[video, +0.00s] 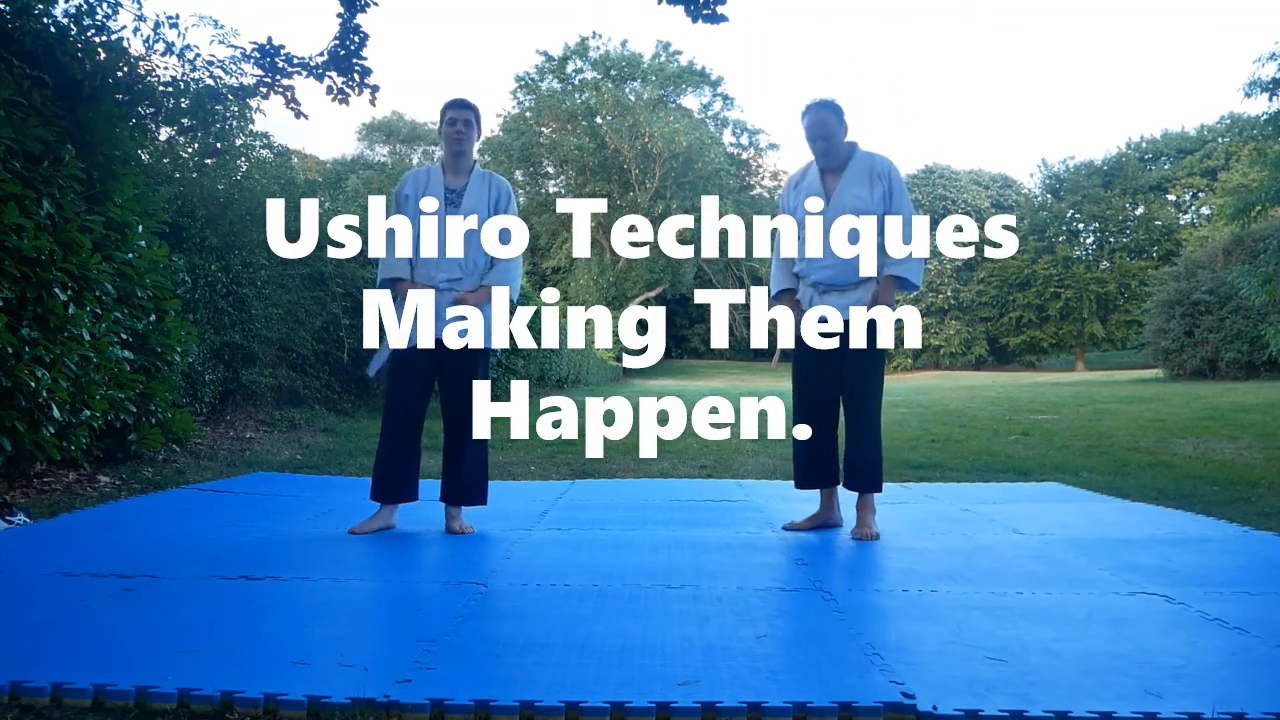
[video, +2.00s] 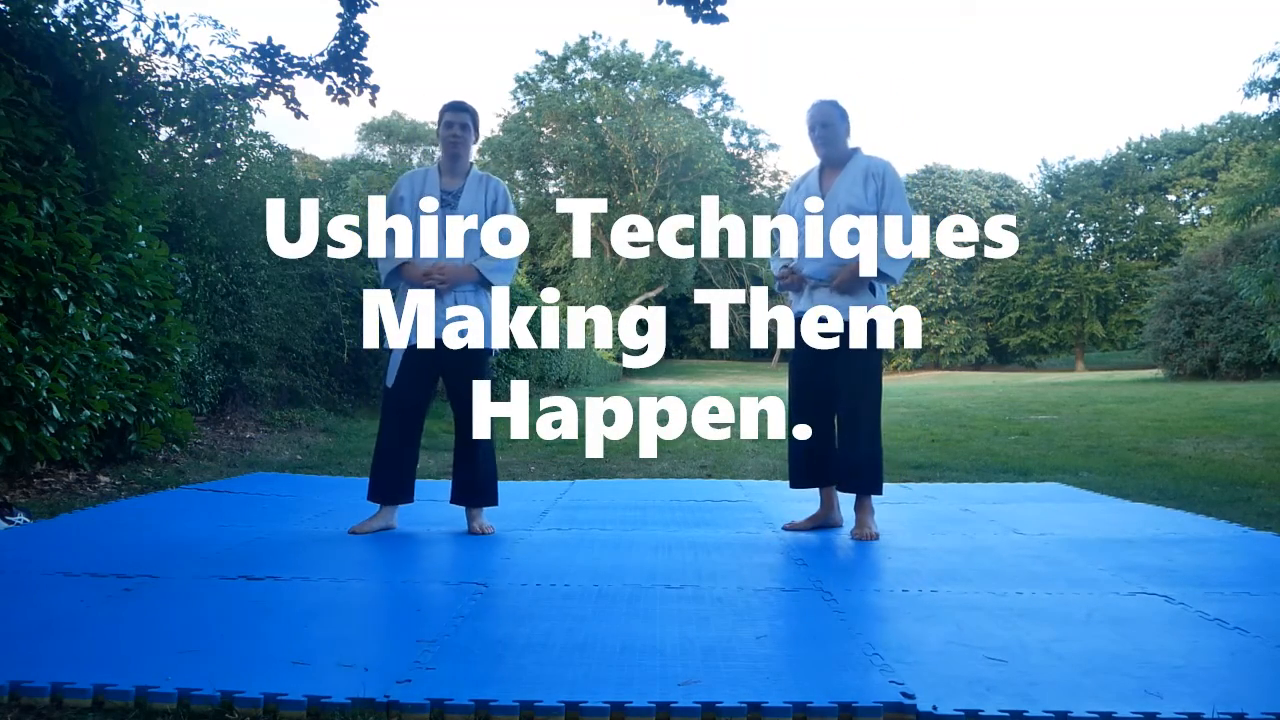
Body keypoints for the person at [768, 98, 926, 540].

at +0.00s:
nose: (817, 145)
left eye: (824, 136)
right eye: (811, 138)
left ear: (845, 130)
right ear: (804, 137)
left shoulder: (879, 170)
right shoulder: (795, 185)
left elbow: (904, 237)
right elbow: (783, 251)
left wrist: (883, 298)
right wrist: (791, 303)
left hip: (865, 307)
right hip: (812, 309)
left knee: (862, 408)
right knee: (815, 407)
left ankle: (865, 509)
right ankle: (828, 507)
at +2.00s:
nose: (818, 134)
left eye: (826, 126)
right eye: (813, 128)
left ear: (847, 128)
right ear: (806, 135)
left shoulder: (877, 172)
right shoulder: (798, 188)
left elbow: (900, 236)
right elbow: (781, 244)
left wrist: (857, 268)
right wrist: (786, 273)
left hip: (860, 311)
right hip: (809, 310)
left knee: (859, 408)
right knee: (811, 408)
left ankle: (864, 510)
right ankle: (828, 507)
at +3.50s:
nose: (808, 138)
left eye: (815, 130)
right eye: (803, 132)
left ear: (839, 132)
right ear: (798, 138)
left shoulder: (868, 175)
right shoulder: (795, 193)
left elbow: (890, 240)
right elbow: (780, 256)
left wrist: (865, 293)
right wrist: (771, 301)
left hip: (850, 306)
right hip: (800, 309)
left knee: (847, 406)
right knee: (810, 408)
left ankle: (856, 502)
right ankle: (827, 506)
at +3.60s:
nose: (805, 138)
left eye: (813, 130)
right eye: (801, 132)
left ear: (836, 131)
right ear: (796, 138)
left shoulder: (867, 174)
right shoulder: (793, 191)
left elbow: (892, 233)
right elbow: (775, 254)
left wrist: (884, 289)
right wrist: (761, 299)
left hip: (849, 303)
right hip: (799, 306)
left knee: (839, 403)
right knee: (809, 405)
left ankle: (840, 506)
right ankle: (825, 505)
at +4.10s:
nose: (797, 134)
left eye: (805, 126)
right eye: (792, 128)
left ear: (827, 127)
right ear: (787, 133)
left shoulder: (856, 171)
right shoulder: (786, 184)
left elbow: (877, 234)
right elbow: (770, 247)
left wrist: (882, 296)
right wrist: (759, 307)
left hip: (831, 304)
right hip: (785, 305)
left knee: (811, 405)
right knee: (796, 406)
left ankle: (793, 508)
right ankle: (828, 505)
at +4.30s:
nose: (791, 131)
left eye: (800, 123)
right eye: (786, 124)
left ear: (824, 124)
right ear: (781, 130)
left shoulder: (847, 170)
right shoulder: (781, 181)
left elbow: (863, 235)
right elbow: (765, 244)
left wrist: (857, 300)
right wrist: (750, 305)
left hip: (819, 304)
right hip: (775, 305)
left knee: (802, 407)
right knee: (785, 408)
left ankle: (791, 512)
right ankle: (827, 504)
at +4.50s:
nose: (779, 131)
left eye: (788, 123)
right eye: (776, 124)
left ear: (815, 123)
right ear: (773, 127)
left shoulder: (839, 167)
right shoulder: (773, 181)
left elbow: (853, 233)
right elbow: (755, 245)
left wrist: (838, 294)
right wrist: (732, 303)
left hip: (811, 308)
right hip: (765, 308)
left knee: (801, 408)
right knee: (757, 408)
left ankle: (792, 515)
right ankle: (810, 490)